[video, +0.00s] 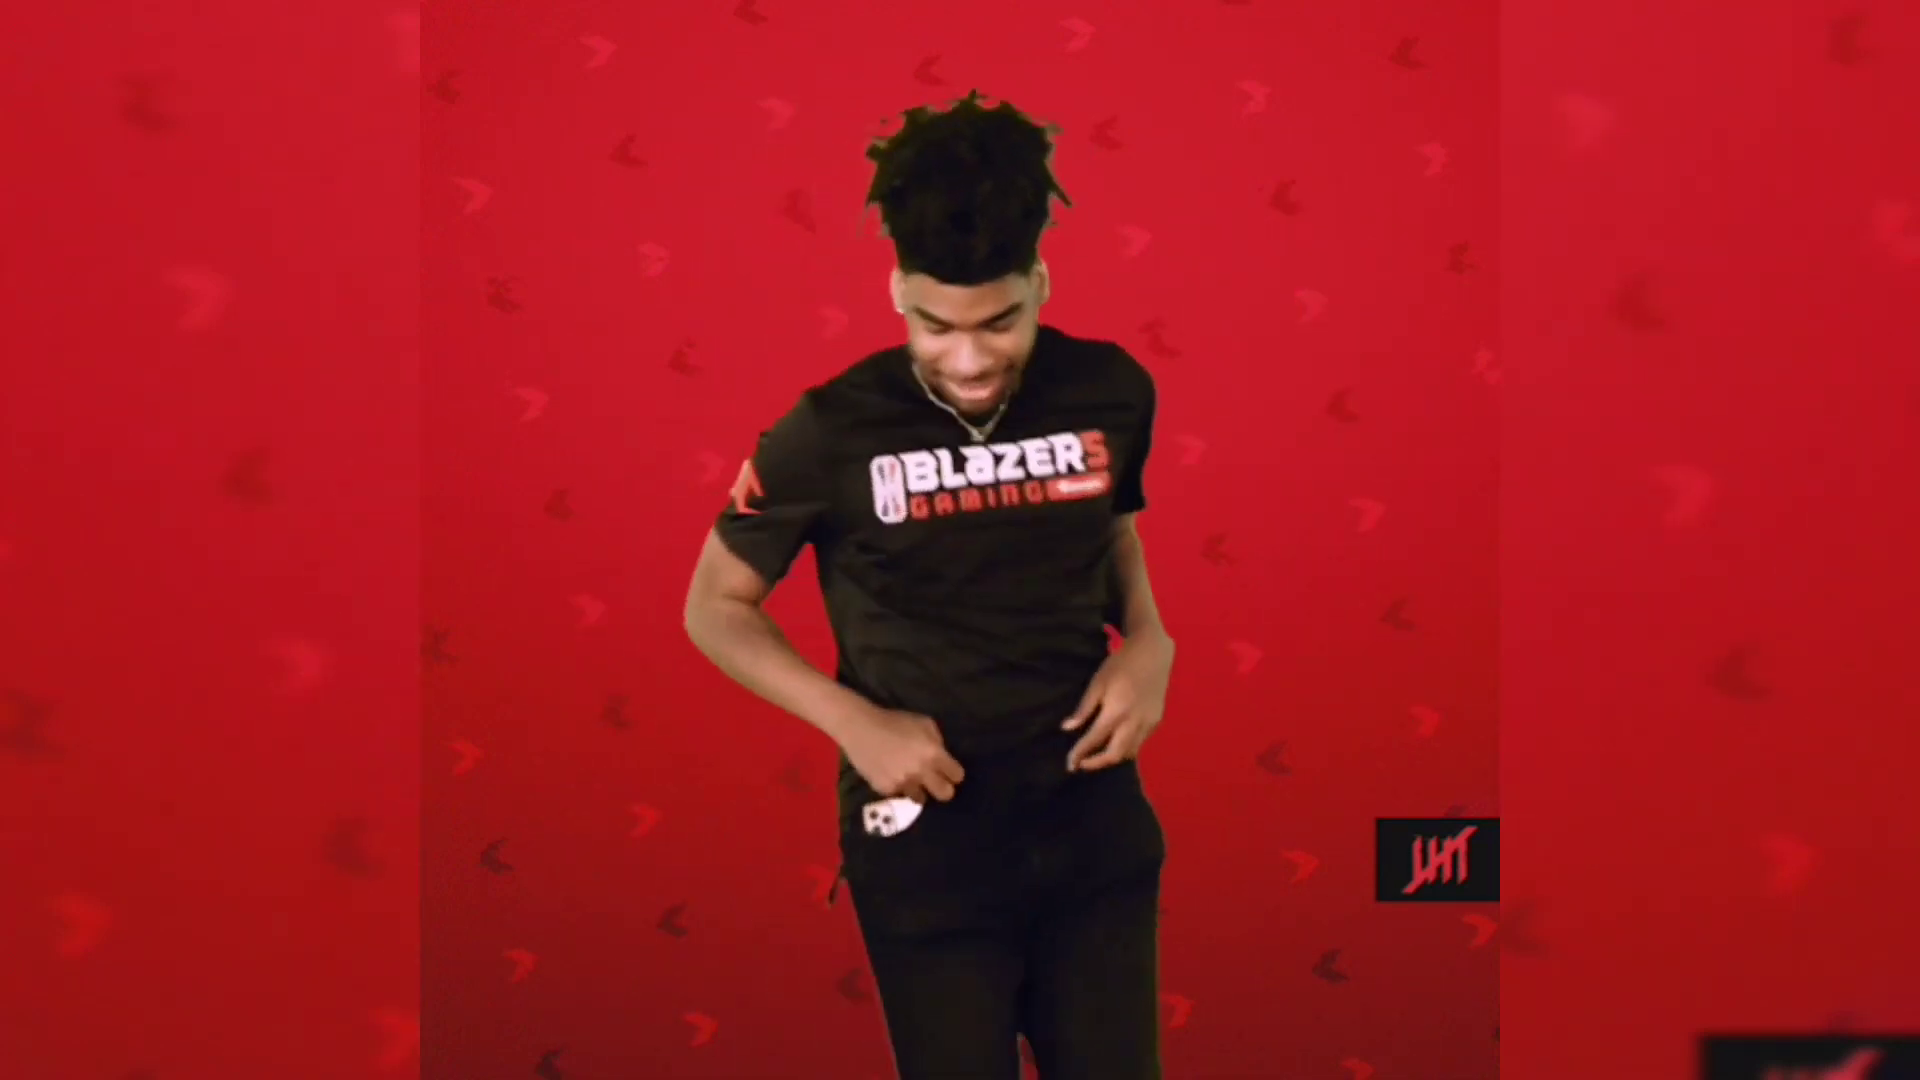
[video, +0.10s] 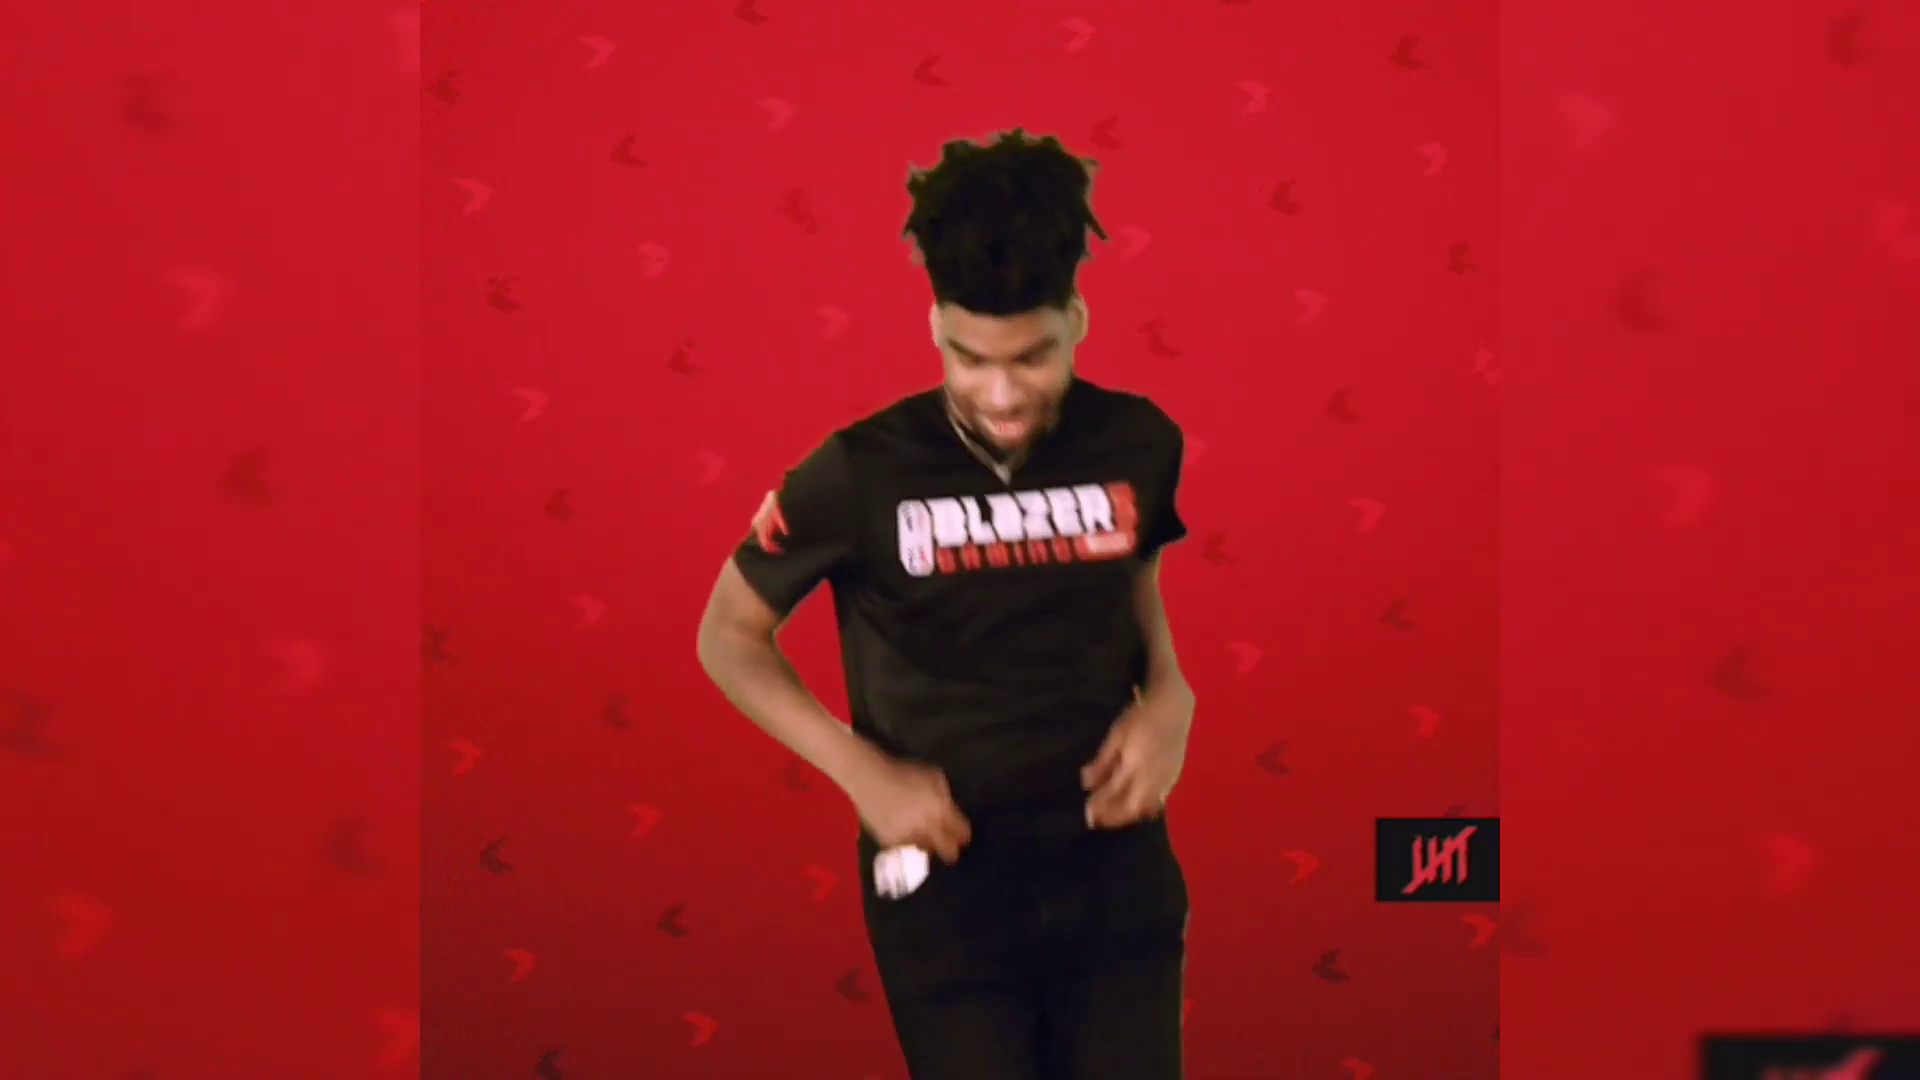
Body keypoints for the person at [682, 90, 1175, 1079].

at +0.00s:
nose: (969, 357)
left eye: (999, 322)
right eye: (935, 324)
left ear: (1041, 280)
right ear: (897, 285)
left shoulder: (1108, 396)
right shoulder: (829, 437)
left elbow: (1114, 526)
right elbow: (715, 606)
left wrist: (1148, 642)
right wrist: (855, 723)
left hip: (1091, 834)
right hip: (924, 849)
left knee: (1115, 1062)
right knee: (959, 1063)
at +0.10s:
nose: (1003, 392)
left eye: (1033, 356)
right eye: (970, 358)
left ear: (1078, 315)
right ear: (936, 322)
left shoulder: (1139, 445)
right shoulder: (857, 478)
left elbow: (1134, 569)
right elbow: (728, 635)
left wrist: (1169, 693)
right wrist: (866, 775)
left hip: (1117, 880)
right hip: (945, 897)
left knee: (1133, 1061)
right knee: (973, 1061)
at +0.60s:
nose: (933, 365)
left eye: (967, 337)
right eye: (917, 329)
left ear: (1052, 321)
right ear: (903, 304)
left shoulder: (1148, 475)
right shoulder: (867, 443)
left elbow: (1222, 665)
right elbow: (822, 601)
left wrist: (1104, 746)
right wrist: (815, 731)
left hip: (1049, 906)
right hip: (878, 892)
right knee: (849, 1063)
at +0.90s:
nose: (835, 350)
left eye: (872, 320)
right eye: (818, 315)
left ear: (951, 300)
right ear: (802, 292)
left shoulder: (1064, 451)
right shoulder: (777, 432)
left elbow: (1138, 627)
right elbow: (753, 579)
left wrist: (1027, 723)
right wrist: (734, 684)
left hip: (958, 867)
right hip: (783, 849)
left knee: (918, 1062)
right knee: (758, 1061)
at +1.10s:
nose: (868, 363)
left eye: (893, 329)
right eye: (836, 332)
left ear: (920, 302)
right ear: (773, 306)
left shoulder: (1003, 433)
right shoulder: (706, 457)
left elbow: (1081, 591)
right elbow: (670, 605)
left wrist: (1005, 716)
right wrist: (705, 720)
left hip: (951, 868)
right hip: (771, 868)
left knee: (942, 1064)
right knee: (760, 1064)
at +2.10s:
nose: (902, 383)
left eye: (937, 351)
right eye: (875, 345)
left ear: (985, 318)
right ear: (843, 310)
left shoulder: (1075, 446)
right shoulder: (779, 468)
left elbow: (1140, 587)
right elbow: (738, 673)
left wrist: (1103, 732)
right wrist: (805, 812)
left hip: (1039, 848)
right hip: (865, 859)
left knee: (988, 1059)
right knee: (875, 1063)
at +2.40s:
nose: (872, 373)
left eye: (904, 342)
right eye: (843, 335)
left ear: (938, 311)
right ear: (794, 296)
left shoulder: (1012, 422)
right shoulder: (730, 463)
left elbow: (1154, 577)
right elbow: (711, 673)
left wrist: (1068, 695)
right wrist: (683, 876)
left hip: (1033, 821)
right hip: (864, 845)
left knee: (1015, 1058)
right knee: (881, 1061)